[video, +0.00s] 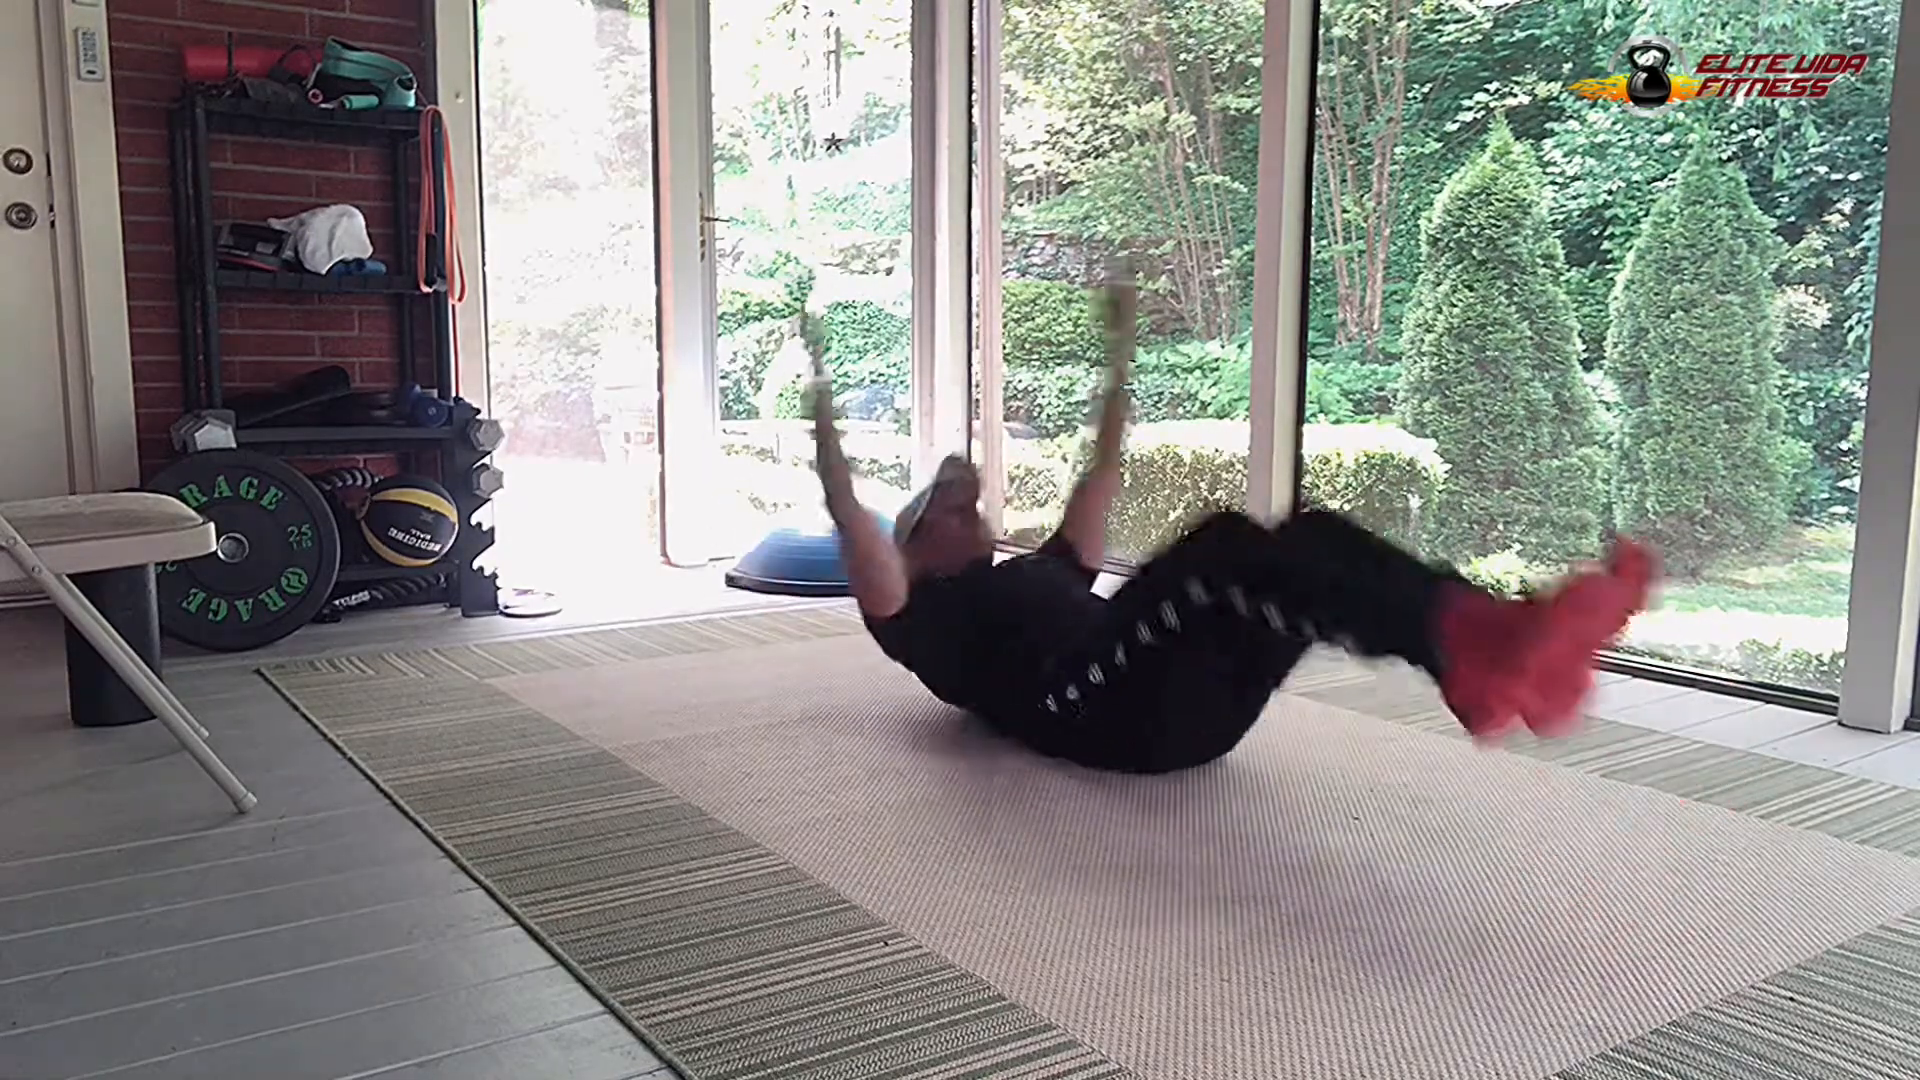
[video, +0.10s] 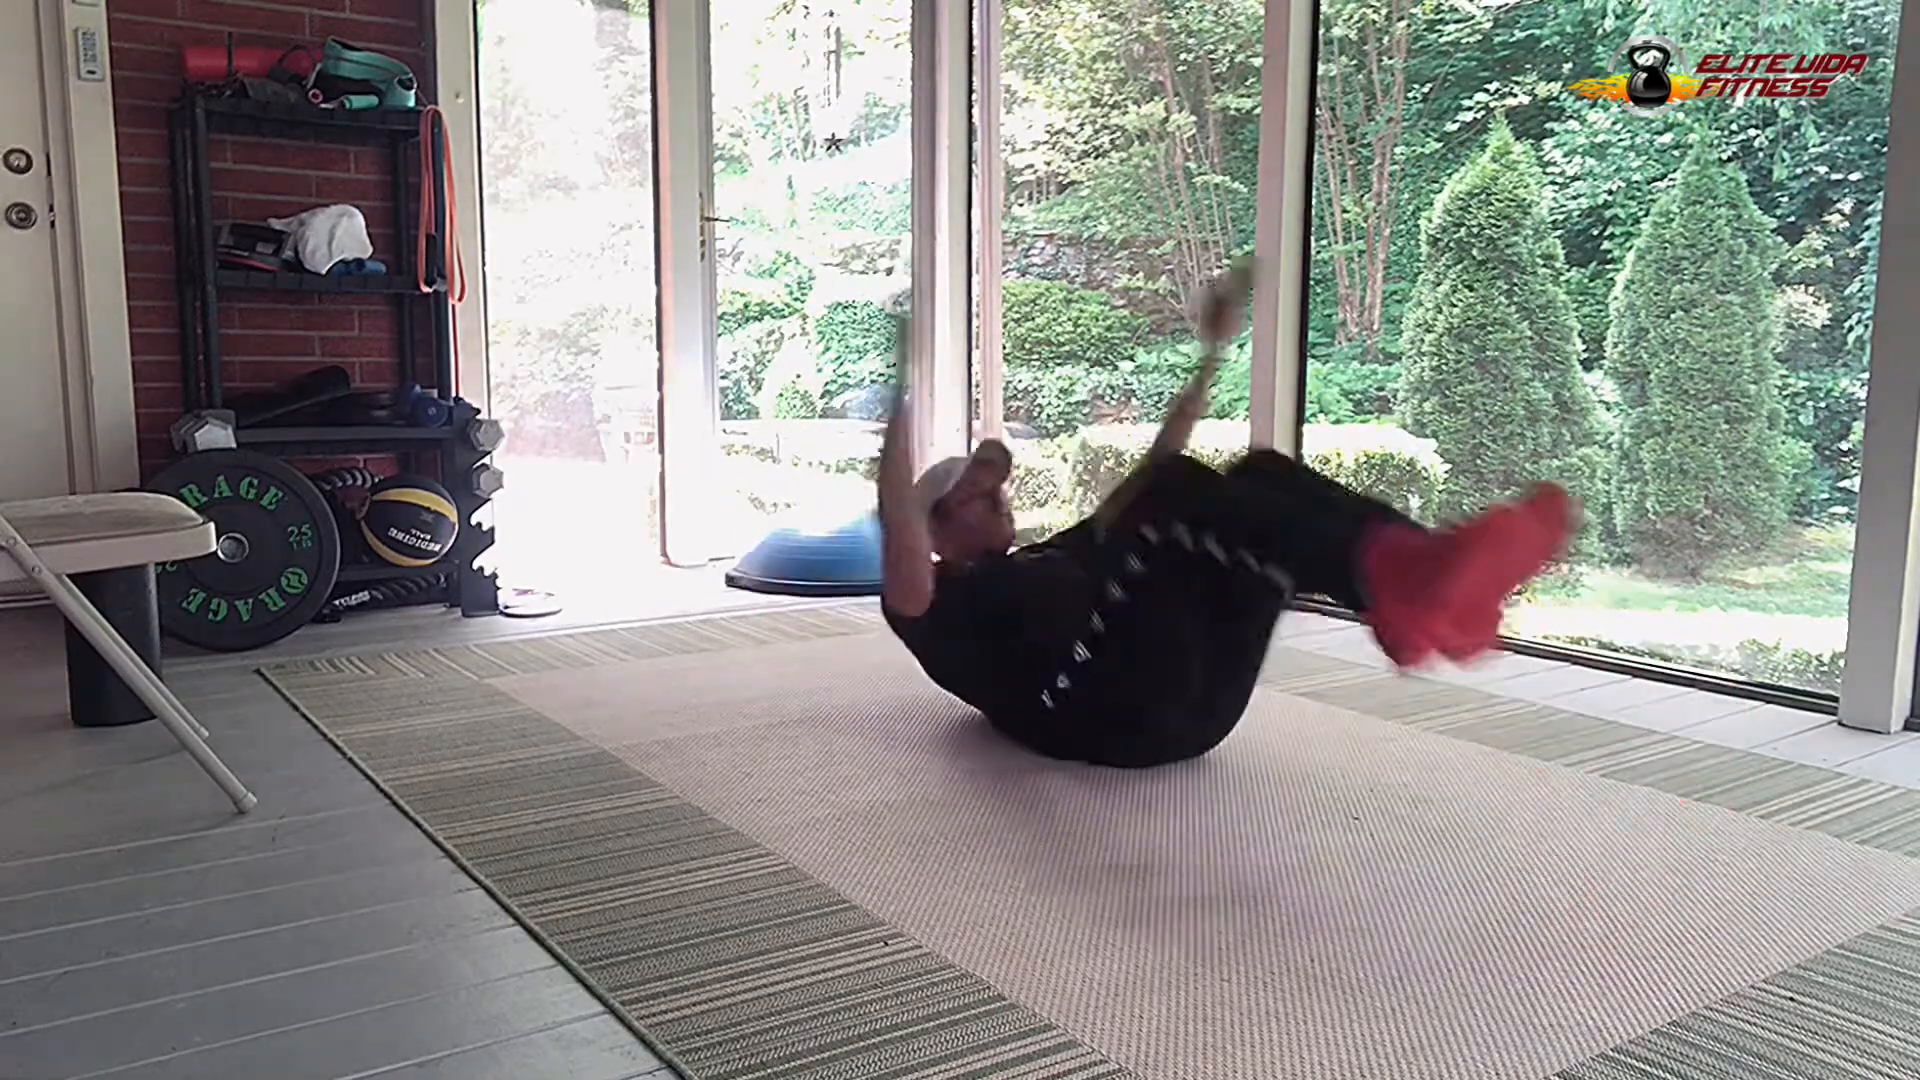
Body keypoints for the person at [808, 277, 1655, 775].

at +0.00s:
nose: (969, 508)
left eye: (973, 500)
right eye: (947, 507)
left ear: (989, 524)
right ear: (912, 543)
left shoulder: (1044, 572)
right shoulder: (922, 613)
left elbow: (1099, 483)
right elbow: (872, 565)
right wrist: (831, 454)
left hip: (1170, 691)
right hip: (1106, 709)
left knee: (1302, 533)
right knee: (1232, 550)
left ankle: (1495, 648)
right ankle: (1472, 648)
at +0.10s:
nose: (996, 499)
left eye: (1000, 489)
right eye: (975, 493)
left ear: (1012, 506)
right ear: (932, 523)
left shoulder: (1073, 554)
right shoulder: (934, 605)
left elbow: (1155, 471)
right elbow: (896, 514)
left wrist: (1212, 351)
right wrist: (902, 447)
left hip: (1192, 697)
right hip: (1109, 706)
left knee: (1258, 478)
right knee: (1170, 495)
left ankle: (1415, 587)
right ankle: (1401, 577)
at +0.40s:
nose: (1043, 505)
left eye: (1039, 490)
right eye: (1025, 489)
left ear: (1050, 489)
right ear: (974, 504)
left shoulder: (1072, 535)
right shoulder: (938, 578)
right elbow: (996, 585)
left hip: (1191, 696)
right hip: (1090, 712)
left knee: (1139, 440)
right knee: (1076, 446)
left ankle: (1256, 552)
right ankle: (1237, 568)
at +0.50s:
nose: (1042, 504)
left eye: (1037, 489)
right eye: (1023, 490)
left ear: (1048, 490)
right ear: (971, 506)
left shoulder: (1066, 541)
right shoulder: (938, 583)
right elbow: (1001, 585)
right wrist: (1107, 539)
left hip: (1188, 698)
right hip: (1087, 712)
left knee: (1146, 439)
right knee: (1076, 446)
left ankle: (1274, 547)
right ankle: (1234, 567)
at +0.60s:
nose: (1032, 500)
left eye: (1034, 488)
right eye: (1009, 489)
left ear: (1042, 493)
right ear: (960, 511)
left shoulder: (1084, 546)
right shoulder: (935, 581)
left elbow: (1191, 542)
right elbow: (972, 588)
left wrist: (1293, 501)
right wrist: (1086, 504)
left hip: (1189, 700)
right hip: (1092, 710)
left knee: (1164, 438)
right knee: (1097, 440)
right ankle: (1250, 577)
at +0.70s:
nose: (1011, 483)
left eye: (1012, 472)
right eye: (990, 479)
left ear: (1020, 496)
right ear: (944, 516)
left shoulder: (1078, 566)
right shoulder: (931, 598)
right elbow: (973, 537)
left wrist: (1274, 448)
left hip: (1190, 702)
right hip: (1095, 703)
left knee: (1195, 441)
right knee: (1116, 454)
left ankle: (1327, 576)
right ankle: (1298, 575)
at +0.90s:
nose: (976, 503)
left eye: (984, 493)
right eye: (956, 493)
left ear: (1002, 510)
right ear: (923, 517)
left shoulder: (1063, 564)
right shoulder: (921, 603)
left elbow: (1135, 466)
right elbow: (903, 477)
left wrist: (1165, 341)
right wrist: (919, 334)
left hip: (1185, 700)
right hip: (1105, 709)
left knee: (1275, 483)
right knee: (1191, 501)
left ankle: (1445, 619)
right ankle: (1401, 623)